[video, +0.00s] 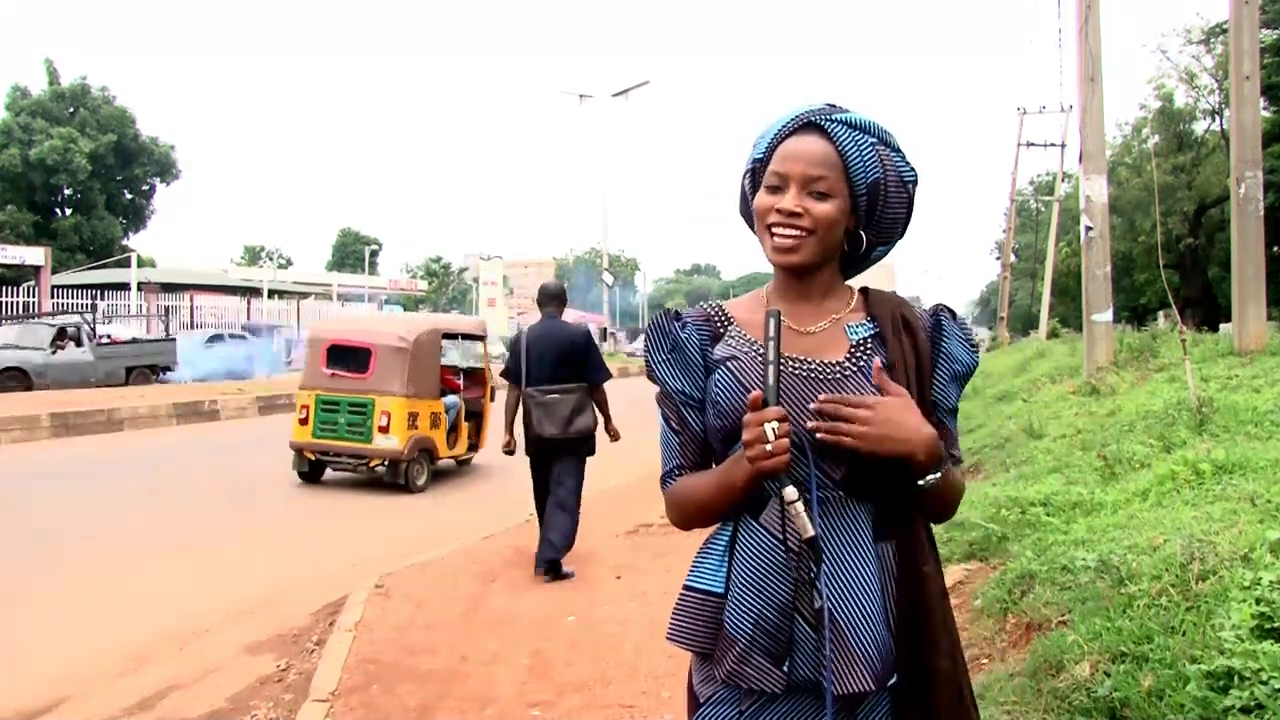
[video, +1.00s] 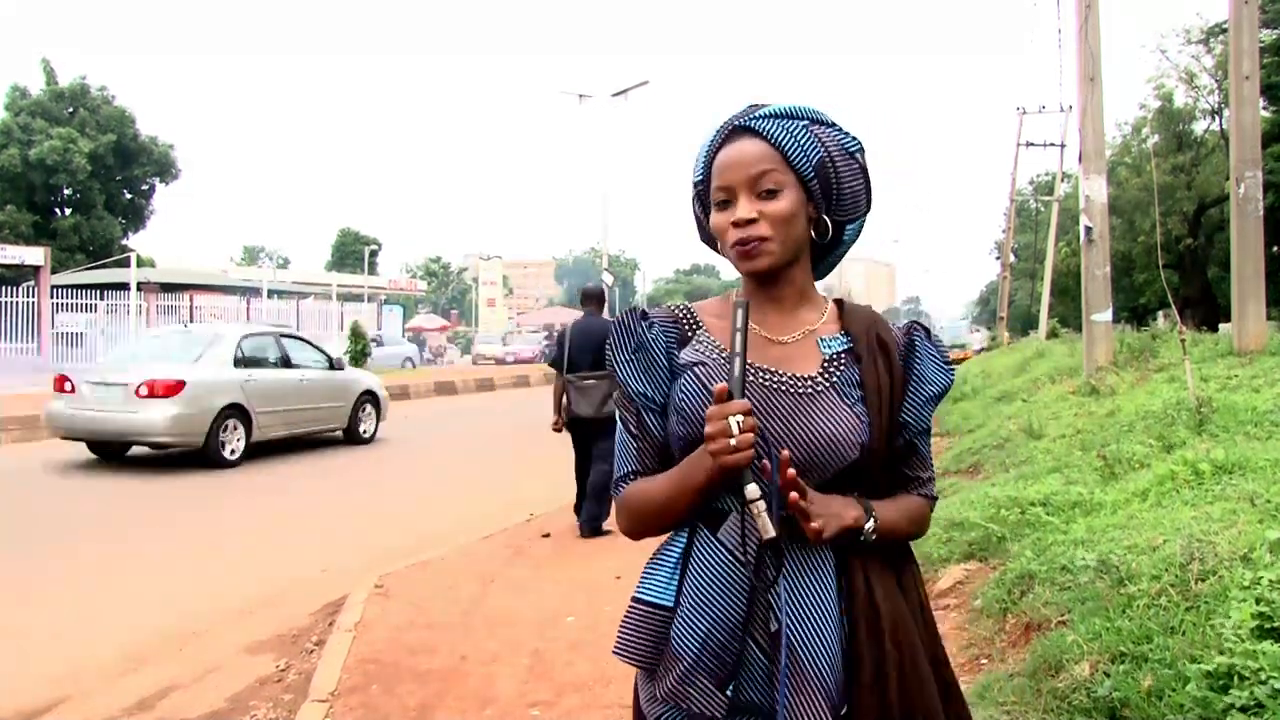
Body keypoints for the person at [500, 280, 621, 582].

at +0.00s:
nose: (557, 307)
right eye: (562, 302)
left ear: (538, 305)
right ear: (565, 304)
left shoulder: (523, 340)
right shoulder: (579, 336)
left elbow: (514, 389)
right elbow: (595, 387)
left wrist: (508, 431)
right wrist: (608, 420)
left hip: (538, 429)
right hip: (575, 428)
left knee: (543, 491)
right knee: (565, 494)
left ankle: (549, 552)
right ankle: (549, 560)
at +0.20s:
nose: (562, 303)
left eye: (554, 298)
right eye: (566, 299)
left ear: (543, 300)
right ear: (569, 300)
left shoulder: (526, 334)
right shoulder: (583, 331)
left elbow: (519, 382)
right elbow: (596, 380)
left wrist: (525, 422)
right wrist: (605, 415)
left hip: (538, 422)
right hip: (576, 421)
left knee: (544, 478)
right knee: (578, 473)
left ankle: (552, 542)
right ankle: (565, 520)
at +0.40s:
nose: (575, 305)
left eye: (567, 300)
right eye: (577, 301)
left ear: (554, 300)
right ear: (578, 302)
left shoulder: (534, 332)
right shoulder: (587, 332)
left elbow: (527, 373)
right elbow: (598, 381)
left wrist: (531, 414)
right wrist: (608, 415)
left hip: (542, 419)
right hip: (580, 418)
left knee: (545, 478)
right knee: (590, 474)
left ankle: (552, 542)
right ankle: (588, 530)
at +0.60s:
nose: (581, 308)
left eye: (575, 304)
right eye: (585, 304)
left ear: (566, 304)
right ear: (589, 306)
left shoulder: (547, 335)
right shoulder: (599, 338)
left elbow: (539, 372)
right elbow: (606, 385)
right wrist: (612, 421)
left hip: (554, 419)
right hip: (589, 418)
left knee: (554, 474)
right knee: (591, 471)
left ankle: (552, 536)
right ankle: (590, 524)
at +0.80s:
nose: (596, 304)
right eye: (599, 299)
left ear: (576, 302)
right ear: (599, 301)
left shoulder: (559, 330)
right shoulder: (611, 330)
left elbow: (548, 365)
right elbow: (621, 374)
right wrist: (629, 406)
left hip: (568, 410)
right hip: (602, 410)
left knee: (574, 456)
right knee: (601, 467)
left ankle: (564, 498)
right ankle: (592, 524)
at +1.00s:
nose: (598, 307)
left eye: (591, 302)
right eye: (602, 302)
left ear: (581, 304)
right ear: (604, 303)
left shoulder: (568, 333)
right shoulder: (614, 330)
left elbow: (560, 376)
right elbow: (625, 372)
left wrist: (556, 412)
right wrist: (629, 406)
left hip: (577, 406)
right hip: (607, 405)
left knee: (582, 459)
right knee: (603, 462)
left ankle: (582, 509)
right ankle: (591, 522)